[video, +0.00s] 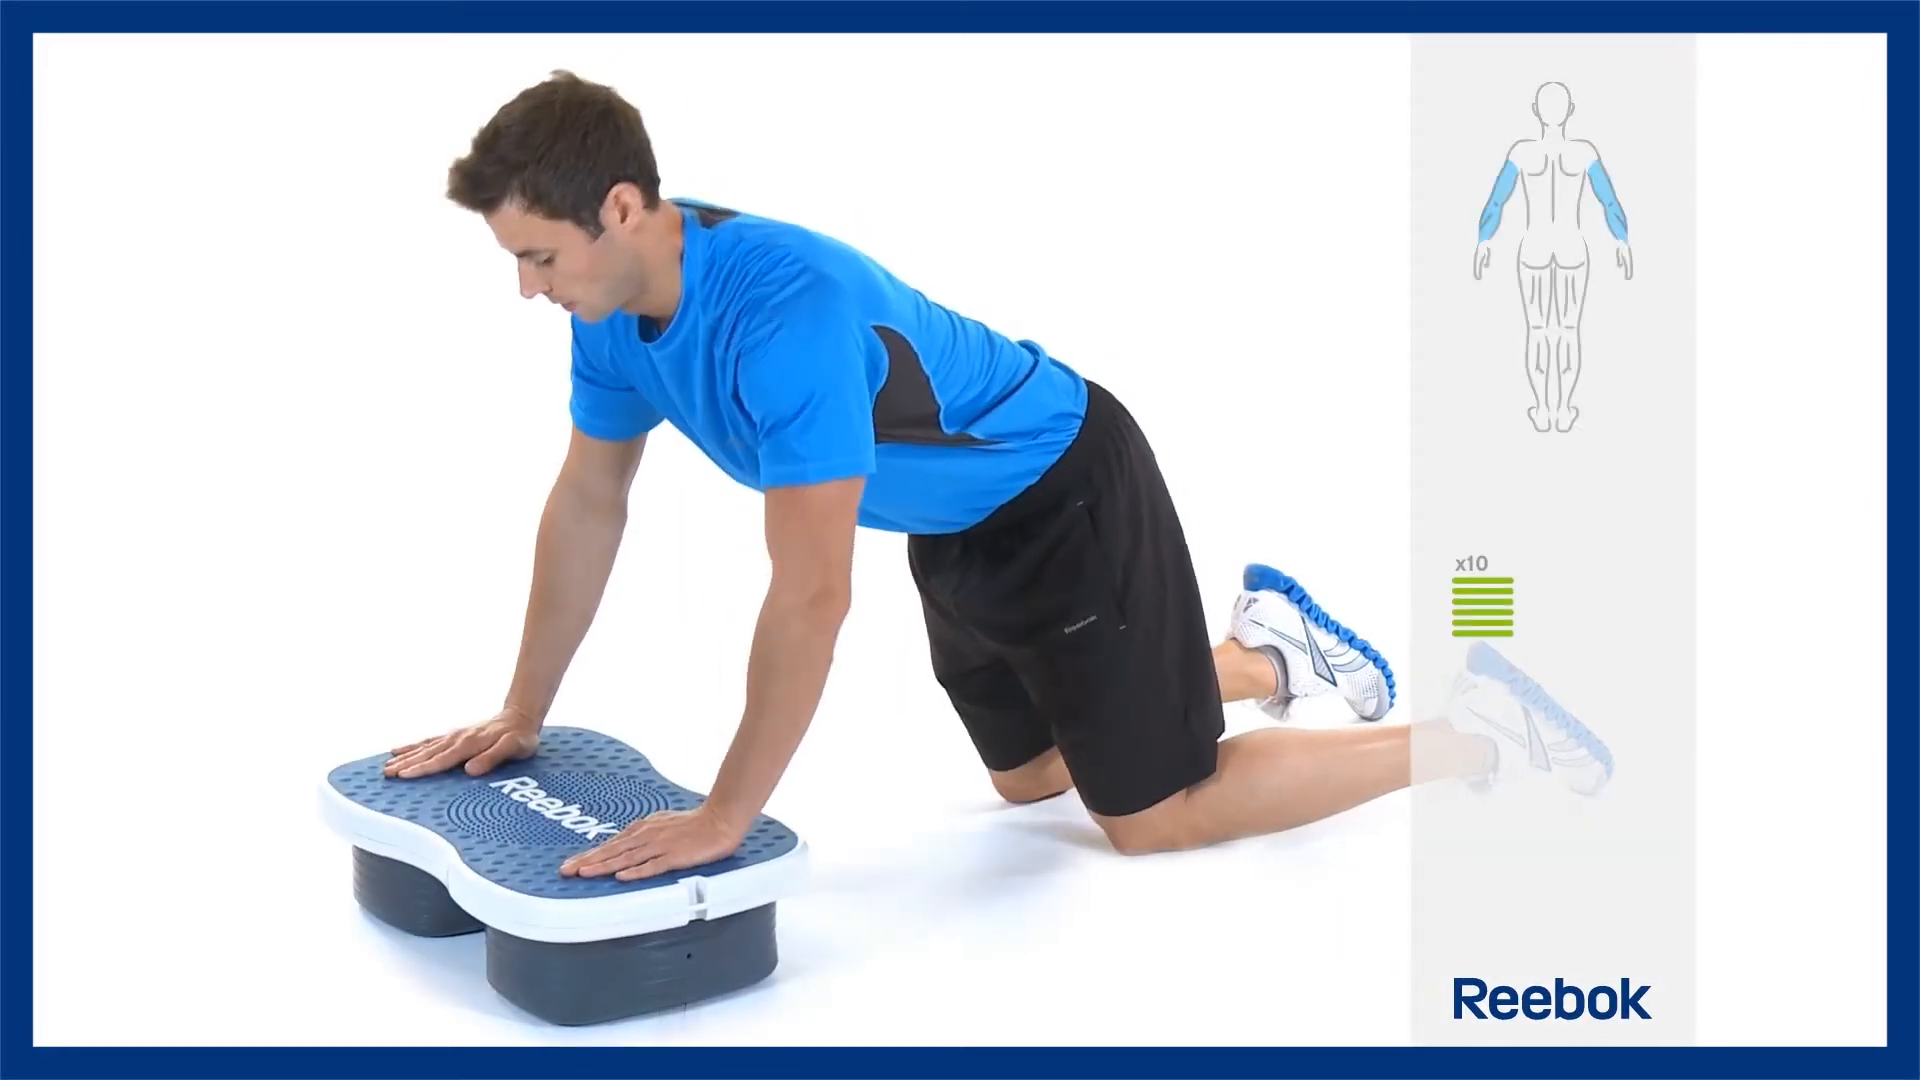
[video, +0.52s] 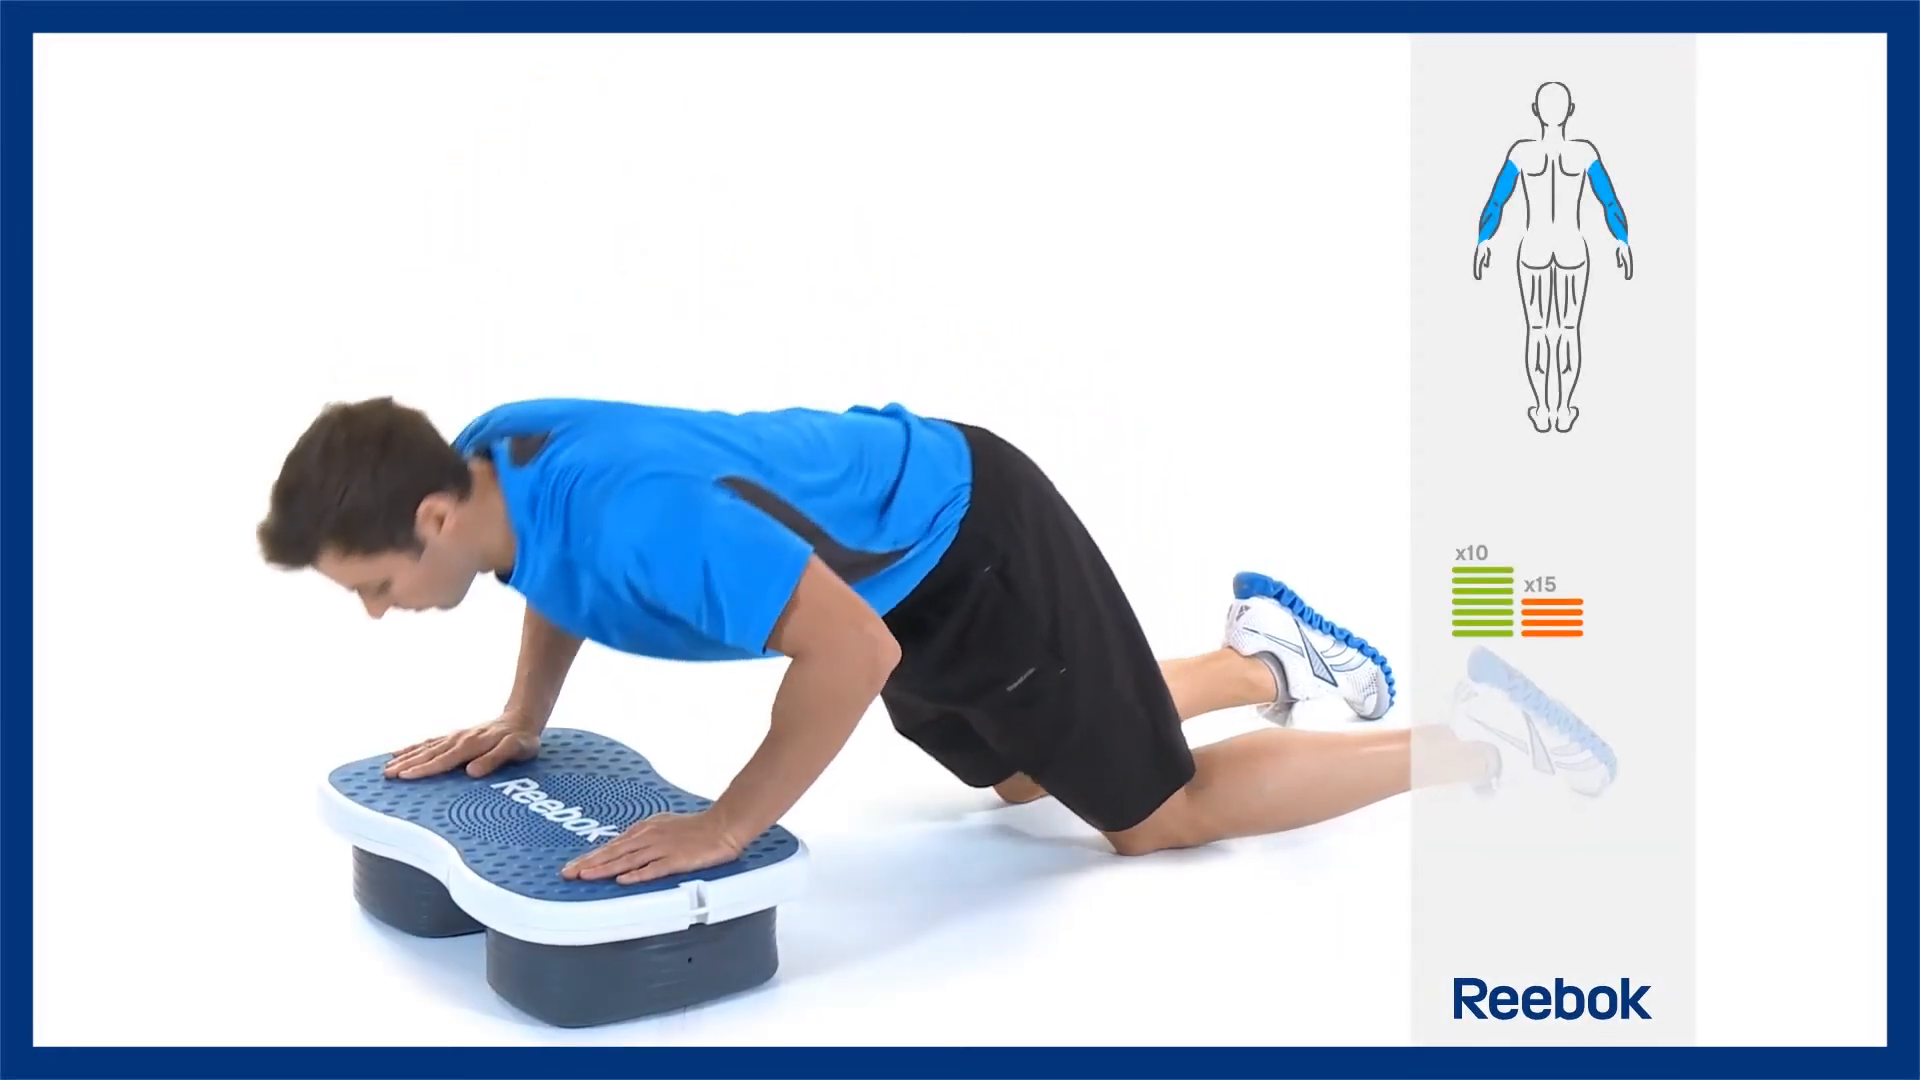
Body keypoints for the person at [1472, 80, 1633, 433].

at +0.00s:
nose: (1553, 108)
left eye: (1553, 101)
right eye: (1553, 101)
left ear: (1536, 109)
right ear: (1569, 108)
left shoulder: (1521, 150)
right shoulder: (1584, 150)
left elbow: (1497, 199)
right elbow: (1608, 200)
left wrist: (1483, 241)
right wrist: (1623, 241)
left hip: (1533, 250)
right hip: (1572, 249)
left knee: (1536, 329)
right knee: (1569, 328)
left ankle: (1542, 408)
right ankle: (1563, 408)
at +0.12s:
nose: (1553, 107)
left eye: (1555, 101)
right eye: (1550, 101)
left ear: (1538, 109)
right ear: (1568, 108)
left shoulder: (1521, 150)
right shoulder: (1585, 151)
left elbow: (1497, 199)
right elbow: (1609, 200)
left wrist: (1483, 240)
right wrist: (1623, 240)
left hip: (1534, 249)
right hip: (1572, 249)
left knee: (1537, 329)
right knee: (1569, 329)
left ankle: (1542, 407)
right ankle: (1563, 407)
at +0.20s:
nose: (1553, 107)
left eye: (1554, 100)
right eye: (1552, 100)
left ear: (1537, 108)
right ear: (1569, 108)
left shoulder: (1521, 150)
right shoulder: (1584, 150)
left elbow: (1497, 199)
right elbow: (1609, 200)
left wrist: (1482, 240)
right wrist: (1623, 240)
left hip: (1533, 249)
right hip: (1572, 249)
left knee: (1536, 328)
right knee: (1569, 328)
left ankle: (1542, 407)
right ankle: (1564, 407)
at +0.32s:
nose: (1553, 107)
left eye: (1554, 100)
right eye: (1552, 100)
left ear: (1537, 108)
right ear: (1569, 108)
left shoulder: (1521, 150)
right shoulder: (1584, 150)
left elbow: (1497, 199)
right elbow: (1609, 200)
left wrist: (1482, 240)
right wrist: (1623, 240)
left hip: (1533, 249)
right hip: (1572, 249)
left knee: (1536, 328)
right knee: (1569, 328)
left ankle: (1542, 407)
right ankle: (1564, 407)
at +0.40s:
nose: (1553, 107)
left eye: (1555, 100)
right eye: (1551, 100)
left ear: (1537, 108)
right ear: (1568, 108)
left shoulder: (1521, 151)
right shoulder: (1585, 150)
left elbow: (1497, 199)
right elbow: (1609, 199)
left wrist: (1482, 240)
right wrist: (1623, 240)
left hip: (1534, 249)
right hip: (1572, 249)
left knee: (1537, 328)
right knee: (1569, 329)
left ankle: (1542, 406)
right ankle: (1563, 407)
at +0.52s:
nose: (1553, 107)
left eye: (1554, 100)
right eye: (1552, 100)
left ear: (1537, 108)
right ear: (1569, 108)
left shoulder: (1521, 150)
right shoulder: (1584, 150)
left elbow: (1497, 199)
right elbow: (1609, 200)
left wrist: (1482, 240)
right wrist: (1623, 240)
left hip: (1533, 249)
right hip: (1572, 249)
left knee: (1536, 328)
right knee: (1569, 328)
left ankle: (1542, 407)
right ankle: (1564, 407)